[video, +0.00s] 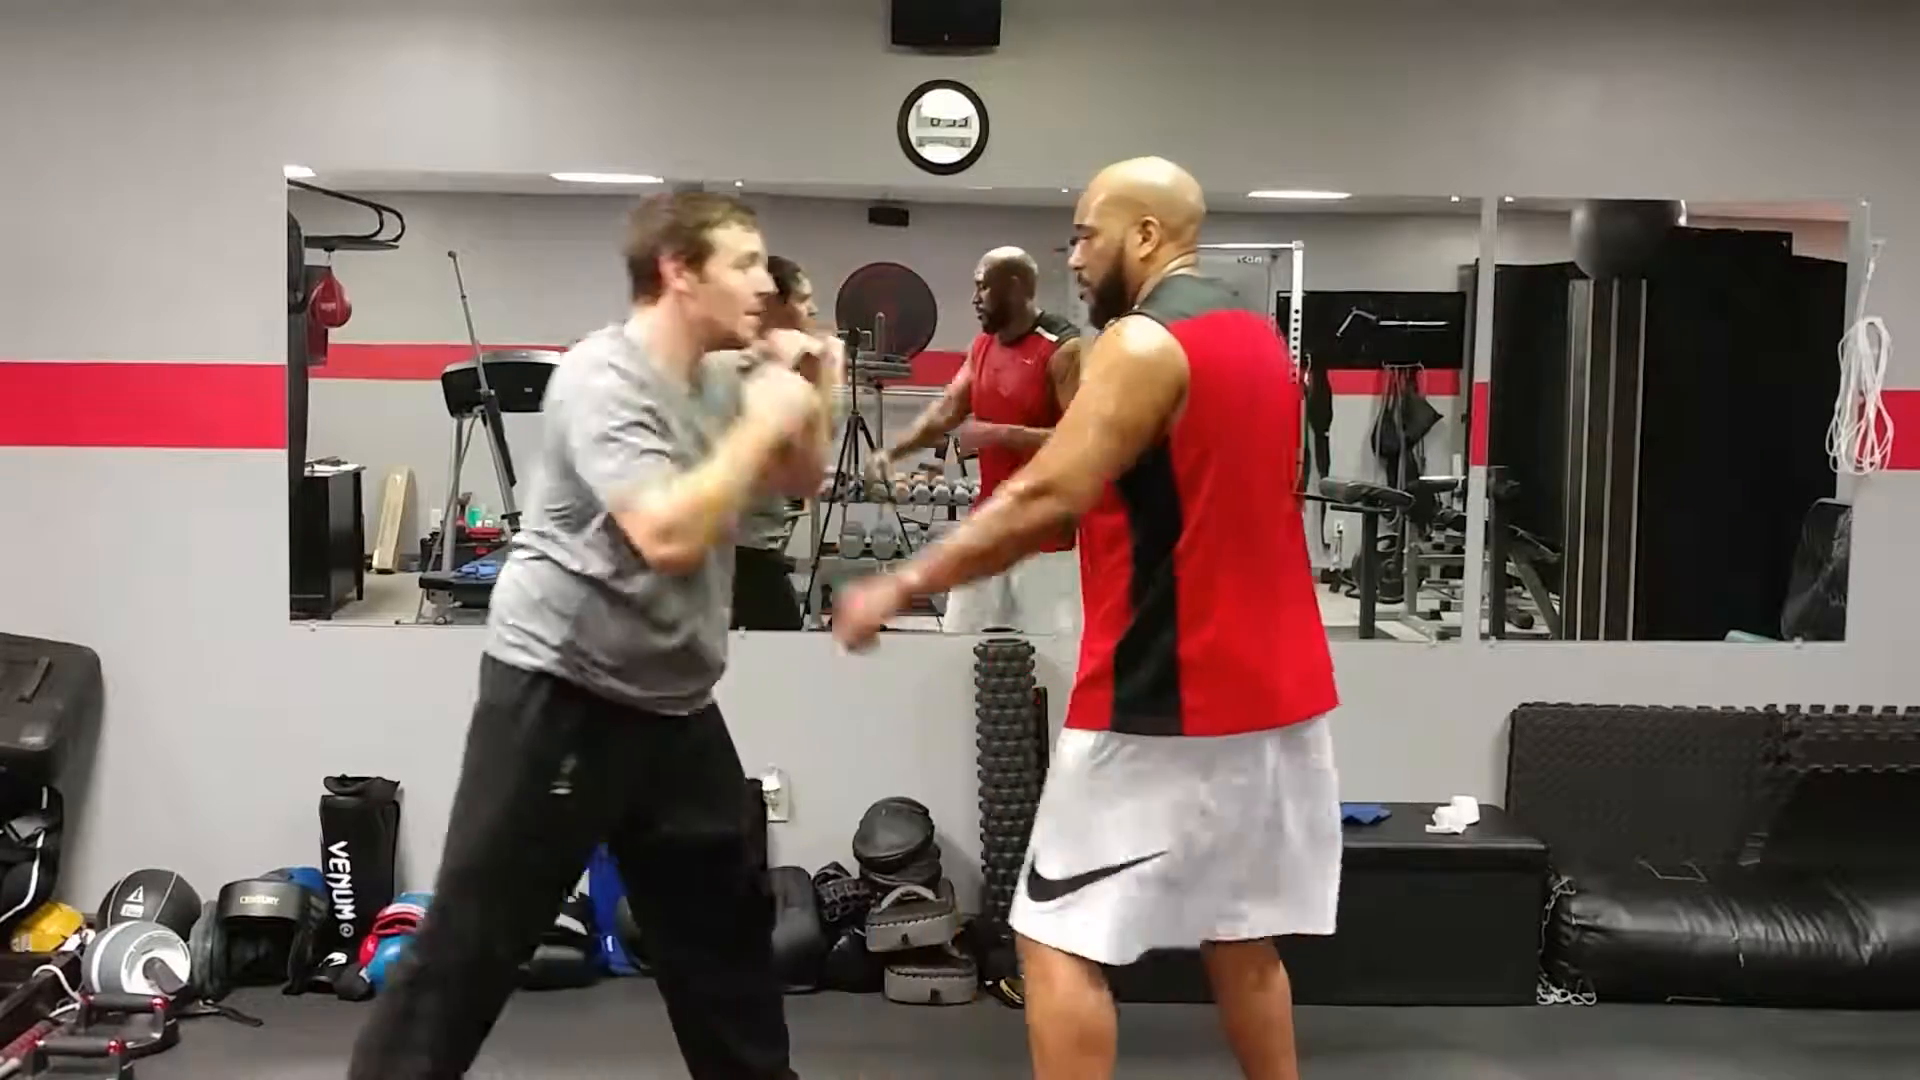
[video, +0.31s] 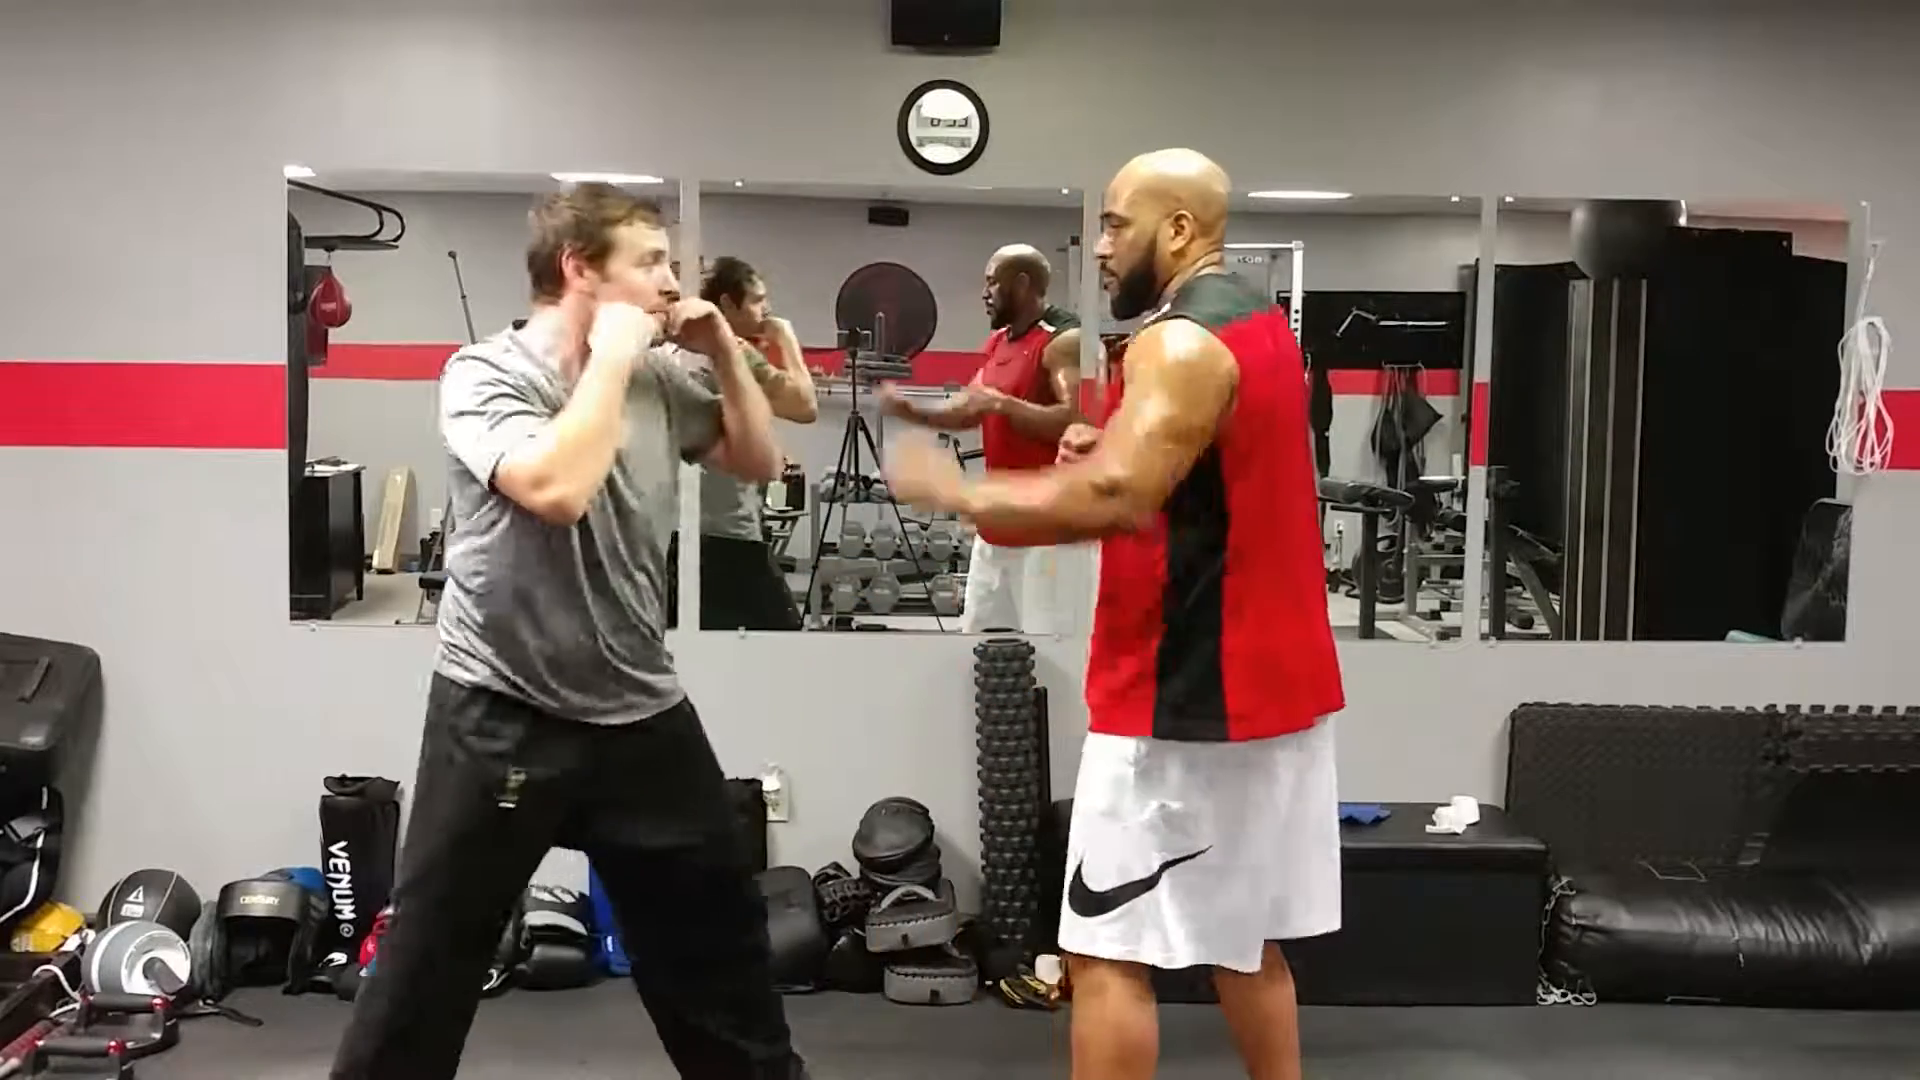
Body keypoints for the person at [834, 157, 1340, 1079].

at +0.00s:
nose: (1075, 259)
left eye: (1087, 238)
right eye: (1076, 239)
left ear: (1148, 236)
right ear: (1173, 240)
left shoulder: (1143, 346)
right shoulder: (1262, 343)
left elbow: (1052, 497)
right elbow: (1213, 502)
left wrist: (902, 583)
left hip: (1153, 695)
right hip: (1275, 689)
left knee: (1056, 936)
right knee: (1240, 932)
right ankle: (1278, 1076)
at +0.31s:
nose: (1100, 244)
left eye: (1115, 225)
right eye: (1102, 225)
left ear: (1181, 230)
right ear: (1195, 233)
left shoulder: (1183, 341)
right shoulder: (1259, 324)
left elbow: (1116, 491)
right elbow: (1227, 491)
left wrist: (961, 492)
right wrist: (1112, 451)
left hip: (1174, 697)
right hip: (1273, 688)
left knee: (1106, 953)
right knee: (1245, 938)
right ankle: (1278, 1079)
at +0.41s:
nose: (1113, 239)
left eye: (1129, 221)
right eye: (1116, 221)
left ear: (1191, 228)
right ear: (1210, 230)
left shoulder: (1161, 334)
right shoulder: (1269, 320)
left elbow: (1008, 420)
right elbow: (1227, 464)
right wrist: (1113, 463)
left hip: (1176, 695)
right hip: (1287, 687)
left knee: (1100, 956)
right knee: (1247, 945)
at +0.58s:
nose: (1105, 245)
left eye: (1119, 227)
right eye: (1109, 225)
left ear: (1179, 235)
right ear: (1201, 237)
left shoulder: (1150, 340)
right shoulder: (1251, 312)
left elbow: (1046, 485)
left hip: (1153, 692)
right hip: (1265, 685)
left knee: (1045, 937)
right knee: (1237, 934)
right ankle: (1278, 1078)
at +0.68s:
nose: (1071, 273)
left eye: (1084, 254)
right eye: (1072, 254)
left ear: (1144, 260)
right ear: (1169, 261)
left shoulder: (1118, 379)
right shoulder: (1225, 347)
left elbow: (1040, 538)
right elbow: (1058, 405)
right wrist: (898, 412)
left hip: (1143, 715)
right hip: (1261, 703)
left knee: (1025, 951)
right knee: (1229, 953)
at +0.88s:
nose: (994, 308)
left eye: (1004, 287)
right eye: (996, 287)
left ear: (1055, 290)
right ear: (1094, 290)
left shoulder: (1075, 405)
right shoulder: (1151, 374)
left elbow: (1025, 586)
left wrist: (972, 572)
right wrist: (993, 407)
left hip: (1106, 732)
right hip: (1221, 718)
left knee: (942, 965)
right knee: (1201, 983)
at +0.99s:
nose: (998, 305)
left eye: (1007, 286)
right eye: (1000, 287)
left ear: (1053, 290)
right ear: (1109, 289)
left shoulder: (1041, 393)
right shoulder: (1170, 378)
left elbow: (890, 506)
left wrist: (806, 570)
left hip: (1070, 736)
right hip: (1202, 727)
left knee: (918, 961)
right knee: (1182, 957)